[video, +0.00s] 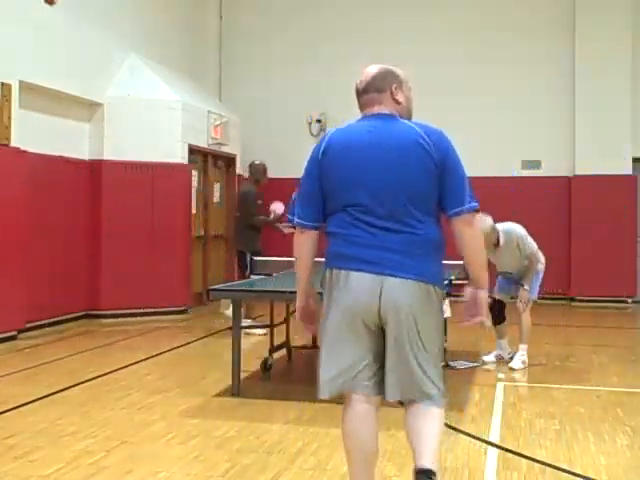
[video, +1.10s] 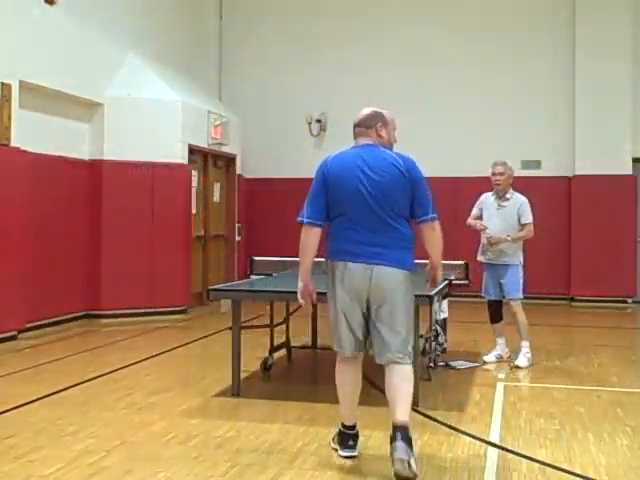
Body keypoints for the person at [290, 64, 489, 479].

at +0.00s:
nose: (412, 101)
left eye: (409, 93)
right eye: (409, 93)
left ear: (362, 101)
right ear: (398, 94)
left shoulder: (331, 144)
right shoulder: (432, 141)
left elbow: (305, 225)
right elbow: (464, 218)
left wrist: (304, 292)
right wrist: (479, 284)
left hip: (349, 285)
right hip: (414, 288)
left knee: (359, 394)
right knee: (424, 390)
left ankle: (360, 477)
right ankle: (426, 471)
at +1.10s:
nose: (395, 137)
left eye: (393, 130)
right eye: (393, 131)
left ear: (356, 132)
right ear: (382, 130)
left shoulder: (331, 165)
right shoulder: (405, 166)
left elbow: (312, 225)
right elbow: (428, 222)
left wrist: (304, 277)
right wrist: (436, 264)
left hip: (346, 272)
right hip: (394, 274)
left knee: (348, 355)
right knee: (398, 357)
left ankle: (348, 435)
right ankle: (401, 434)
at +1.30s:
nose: (388, 137)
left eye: (387, 130)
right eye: (386, 131)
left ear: (350, 131)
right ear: (373, 130)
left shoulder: (324, 164)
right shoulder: (397, 166)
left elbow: (301, 218)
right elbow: (417, 221)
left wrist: (326, 248)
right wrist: (424, 268)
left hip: (339, 267)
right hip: (384, 269)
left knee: (347, 348)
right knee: (391, 341)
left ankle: (348, 435)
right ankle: (391, 407)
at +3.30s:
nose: (349, 147)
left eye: (344, 145)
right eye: (357, 144)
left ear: (342, 149)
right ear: (366, 154)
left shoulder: (332, 165)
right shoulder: (381, 182)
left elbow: (311, 205)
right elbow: (385, 233)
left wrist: (303, 230)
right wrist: (380, 267)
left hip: (332, 251)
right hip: (369, 257)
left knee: (323, 324)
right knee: (360, 328)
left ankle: (329, 395)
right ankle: (354, 398)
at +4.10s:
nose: (290, 158)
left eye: (288, 154)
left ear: (291, 152)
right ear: (315, 146)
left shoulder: (292, 172)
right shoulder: (342, 174)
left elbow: (277, 220)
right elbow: (360, 220)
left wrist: (259, 259)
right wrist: (351, 248)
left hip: (300, 258)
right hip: (334, 259)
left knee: (295, 329)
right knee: (337, 329)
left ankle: (292, 403)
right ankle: (351, 397)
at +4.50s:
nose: (257, 162)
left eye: (256, 158)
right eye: (256, 158)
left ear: (260, 151)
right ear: (281, 145)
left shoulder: (267, 172)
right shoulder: (312, 172)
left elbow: (255, 222)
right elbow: (325, 216)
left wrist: (240, 261)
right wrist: (307, 241)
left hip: (282, 258)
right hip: (311, 257)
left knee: (286, 331)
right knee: (301, 329)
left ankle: (292, 402)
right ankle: (302, 389)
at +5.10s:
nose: (214, 167)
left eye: (212, 163)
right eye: (213, 164)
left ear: (217, 155)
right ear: (235, 150)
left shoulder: (230, 165)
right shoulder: (262, 172)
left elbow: (236, 196)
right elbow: (283, 212)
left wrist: (225, 232)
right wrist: (269, 242)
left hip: (247, 253)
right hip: (270, 254)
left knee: (221, 323)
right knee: (255, 325)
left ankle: (267, 379)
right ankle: (245, 389)